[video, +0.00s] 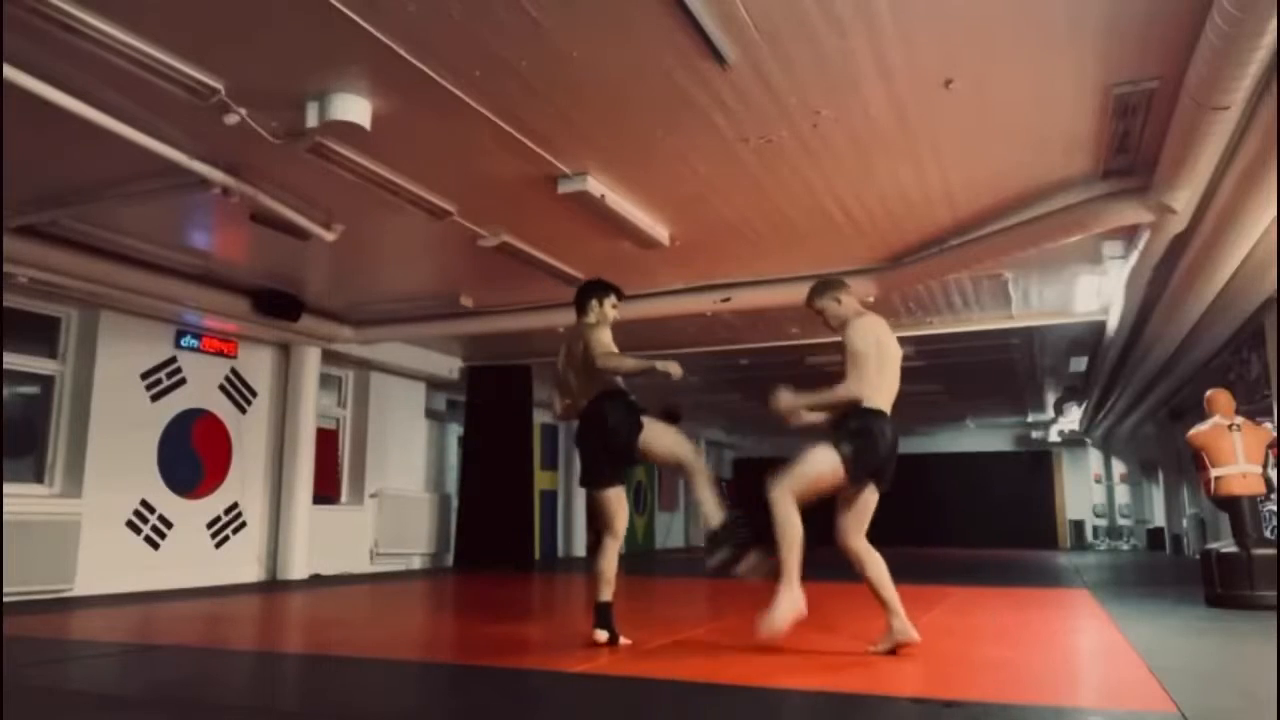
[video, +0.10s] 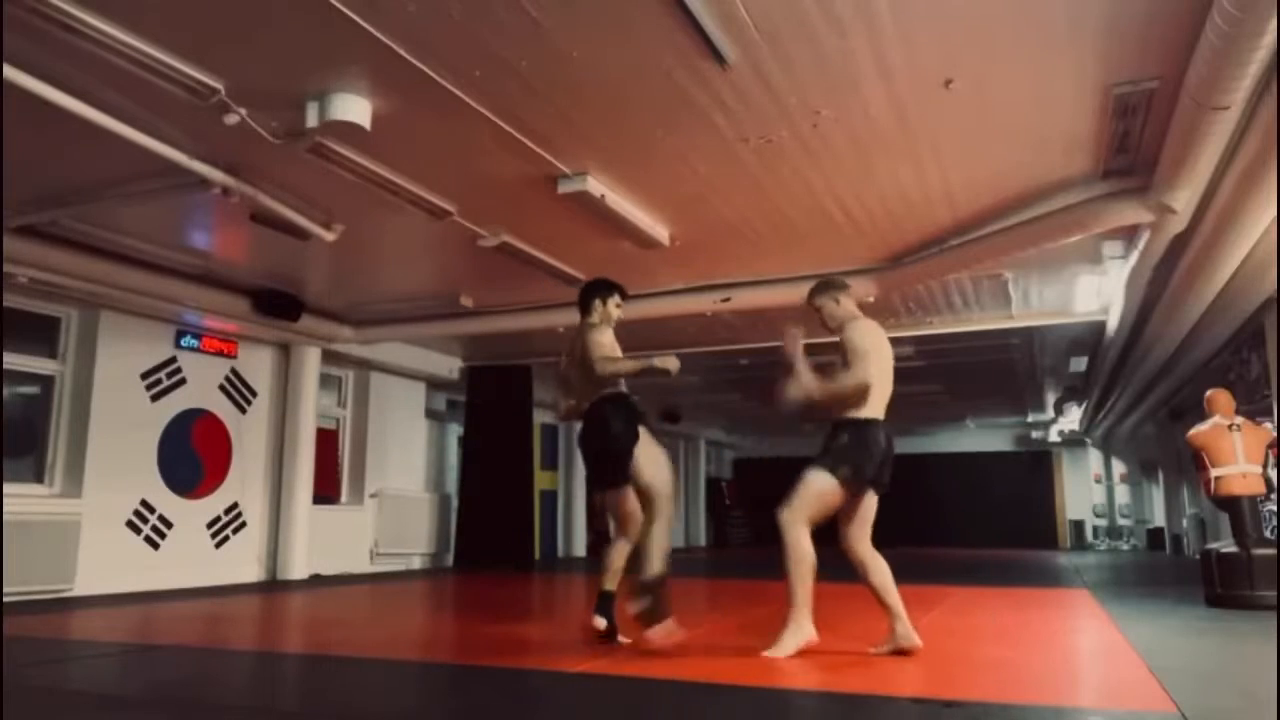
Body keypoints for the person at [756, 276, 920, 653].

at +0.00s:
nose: (826, 322)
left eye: (825, 312)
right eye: (821, 315)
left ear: (842, 298)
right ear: (849, 299)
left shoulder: (861, 327)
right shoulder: (882, 331)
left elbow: (857, 388)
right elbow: (863, 400)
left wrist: (797, 400)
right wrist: (811, 416)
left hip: (861, 433)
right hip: (882, 441)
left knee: (782, 489)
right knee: (852, 536)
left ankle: (790, 592)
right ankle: (900, 623)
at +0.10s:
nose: (822, 319)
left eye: (823, 309)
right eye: (819, 312)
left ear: (842, 299)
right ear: (844, 302)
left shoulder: (858, 331)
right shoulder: (871, 334)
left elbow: (862, 379)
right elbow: (832, 393)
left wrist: (815, 389)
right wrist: (801, 362)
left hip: (855, 440)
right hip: (873, 442)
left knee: (793, 516)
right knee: (857, 540)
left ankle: (800, 623)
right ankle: (903, 628)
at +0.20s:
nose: (819, 298)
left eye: (820, 290)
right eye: (815, 293)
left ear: (839, 278)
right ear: (832, 286)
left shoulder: (866, 307)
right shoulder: (846, 319)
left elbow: (855, 337)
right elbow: (799, 342)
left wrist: (811, 314)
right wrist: (791, 301)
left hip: (849, 421)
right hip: (851, 425)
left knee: (768, 466)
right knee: (844, 524)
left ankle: (782, 565)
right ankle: (892, 611)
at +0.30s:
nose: (818, 286)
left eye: (818, 278)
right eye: (814, 281)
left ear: (831, 266)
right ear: (828, 272)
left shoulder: (863, 291)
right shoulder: (847, 299)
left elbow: (833, 318)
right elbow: (791, 316)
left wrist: (804, 285)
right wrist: (766, 282)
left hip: (849, 408)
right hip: (836, 405)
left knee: (771, 463)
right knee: (771, 462)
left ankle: (791, 569)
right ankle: (821, 542)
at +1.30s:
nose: (797, 314)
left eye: (795, 305)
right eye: (793, 308)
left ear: (810, 289)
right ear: (816, 290)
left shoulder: (831, 325)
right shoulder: (846, 327)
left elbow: (787, 379)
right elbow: (811, 383)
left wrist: (765, 332)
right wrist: (788, 358)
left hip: (810, 433)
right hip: (799, 424)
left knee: (792, 537)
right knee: (732, 417)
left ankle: (820, 635)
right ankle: (699, 496)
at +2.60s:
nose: (752, 316)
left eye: (751, 310)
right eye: (750, 312)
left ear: (762, 297)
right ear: (780, 295)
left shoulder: (771, 319)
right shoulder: (818, 329)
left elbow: (712, 346)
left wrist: (693, 311)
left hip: (776, 433)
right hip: (813, 435)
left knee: (740, 526)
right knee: (826, 538)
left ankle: (762, 626)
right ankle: (851, 631)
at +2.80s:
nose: (738, 317)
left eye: (737, 310)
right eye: (735, 311)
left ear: (751, 298)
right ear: (766, 295)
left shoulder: (753, 328)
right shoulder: (800, 336)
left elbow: (717, 377)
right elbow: (771, 375)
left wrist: (696, 363)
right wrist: (730, 358)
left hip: (760, 442)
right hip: (795, 441)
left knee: (708, 524)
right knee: (825, 540)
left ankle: (679, 621)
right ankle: (850, 632)